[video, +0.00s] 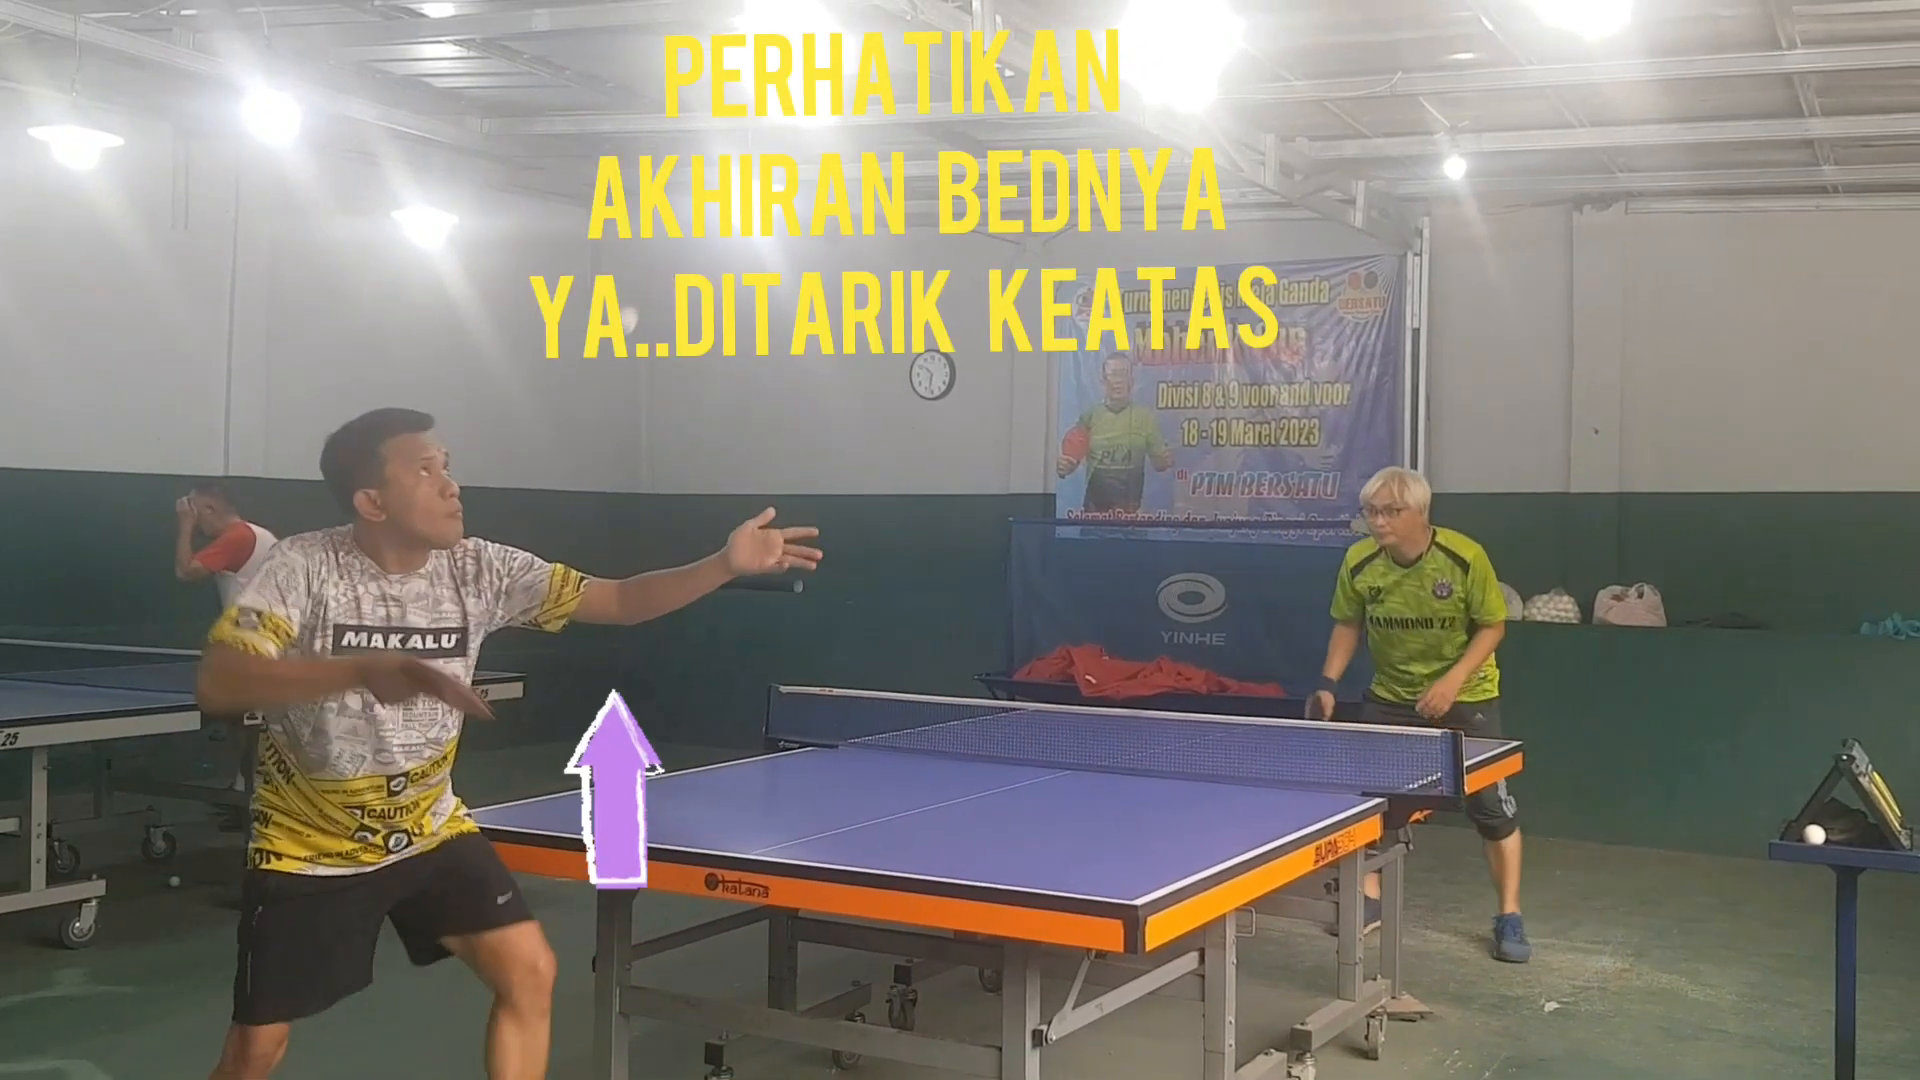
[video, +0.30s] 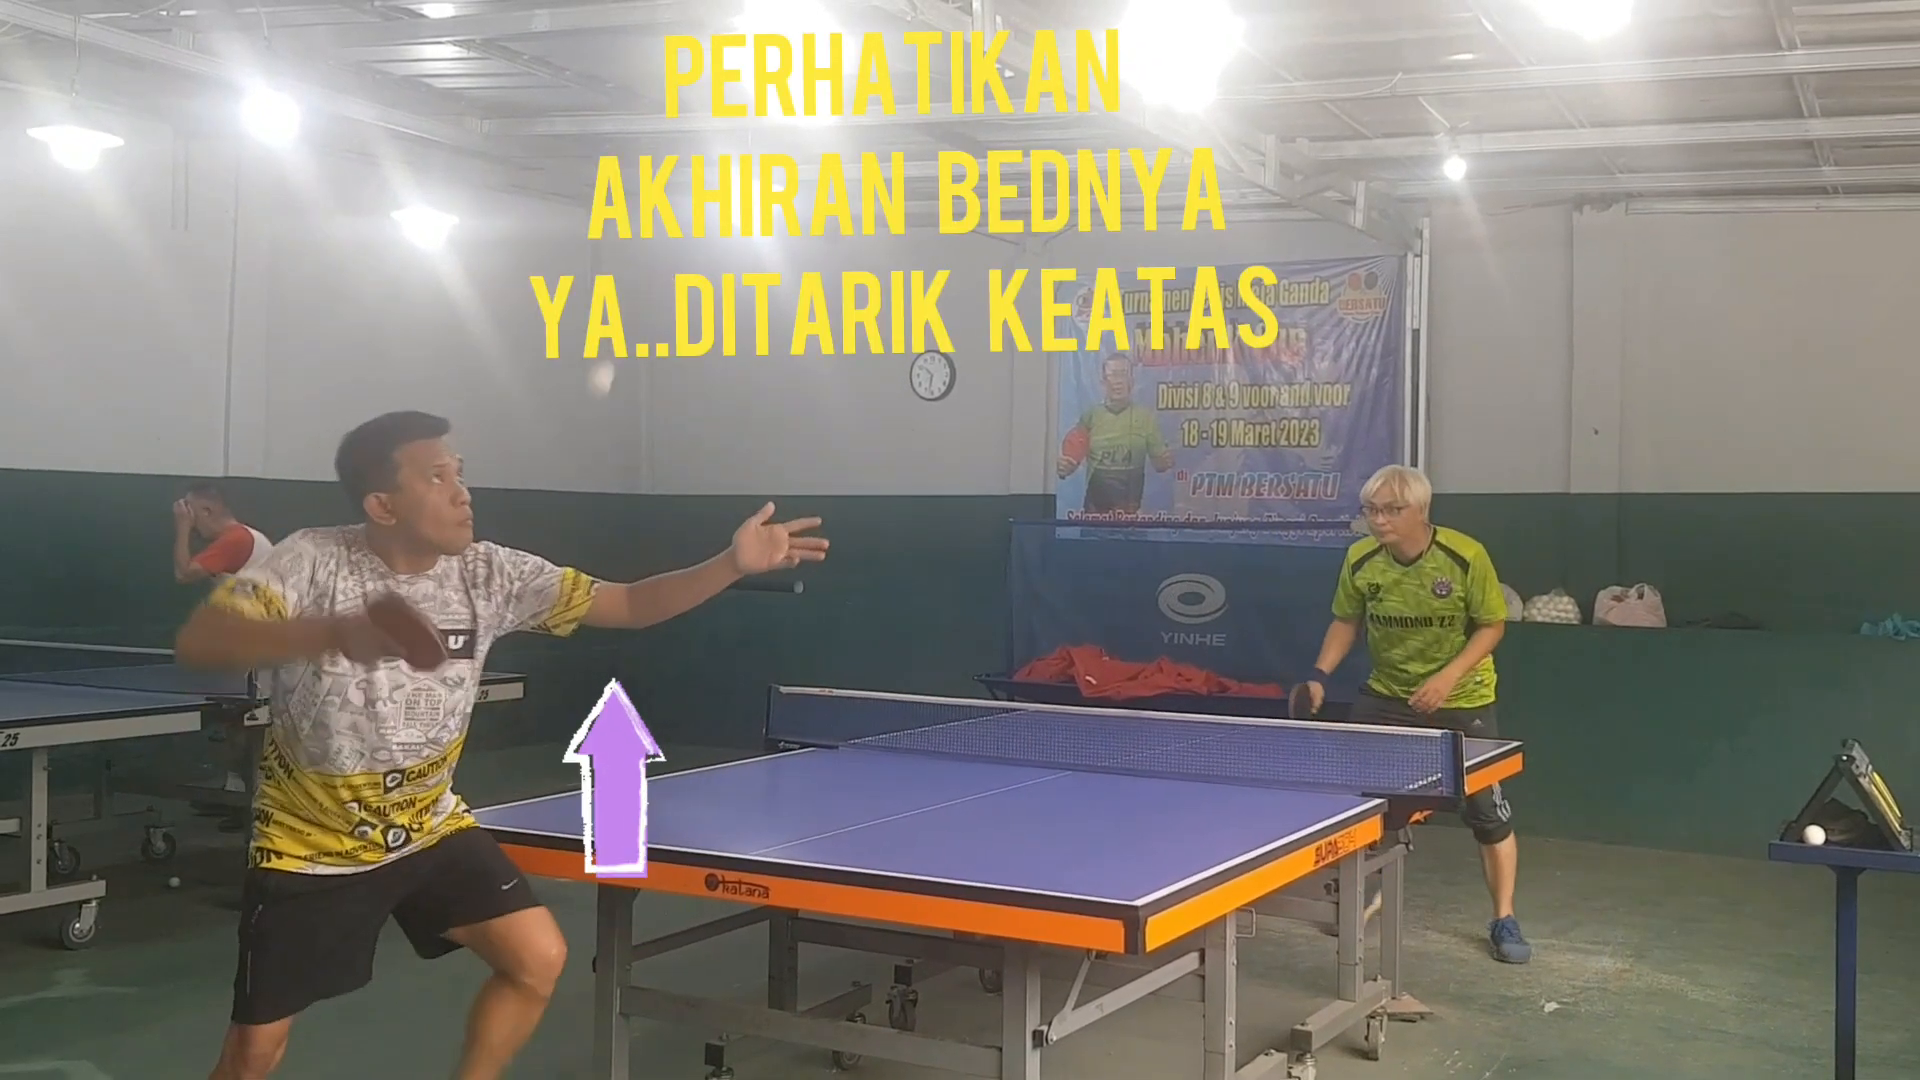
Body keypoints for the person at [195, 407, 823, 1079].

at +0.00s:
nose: (452, 481)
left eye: (448, 465)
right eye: (427, 469)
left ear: (444, 477)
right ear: (368, 500)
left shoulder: (480, 569)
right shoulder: (297, 569)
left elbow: (617, 601)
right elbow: (218, 683)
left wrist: (725, 564)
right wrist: (362, 670)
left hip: (429, 827)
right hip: (306, 841)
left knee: (529, 970)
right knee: (258, 1043)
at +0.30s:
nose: (462, 489)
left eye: (459, 472)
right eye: (439, 477)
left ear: (454, 490)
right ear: (380, 505)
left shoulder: (489, 573)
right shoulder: (305, 563)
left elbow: (622, 605)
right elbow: (195, 641)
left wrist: (732, 563)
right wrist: (338, 632)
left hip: (428, 820)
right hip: (308, 837)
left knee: (537, 959)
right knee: (254, 1047)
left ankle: (473, 1077)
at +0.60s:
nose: (487, 507)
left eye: (485, 489)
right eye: (467, 493)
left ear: (483, 501)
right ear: (403, 514)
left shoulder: (510, 581)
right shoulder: (327, 560)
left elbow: (642, 608)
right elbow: (192, 597)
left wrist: (742, 557)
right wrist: (320, 601)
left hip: (434, 828)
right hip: (316, 843)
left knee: (543, 961)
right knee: (257, 1050)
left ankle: (426, 1057)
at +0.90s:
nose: (503, 519)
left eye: (502, 501)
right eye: (483, 503)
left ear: (499, 510)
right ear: (419, 518)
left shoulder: (523, 586)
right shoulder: (348, 558)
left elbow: (658, 608)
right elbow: (196, 574)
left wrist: (746, 550)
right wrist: (329, 588)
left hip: (439, 831)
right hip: (321, 842)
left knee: (544, 965)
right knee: (259, 1050)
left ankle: (421, 1047)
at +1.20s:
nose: (537, 535)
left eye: (541, 516)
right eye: (518, 516)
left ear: (544, 522)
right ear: (459, 525)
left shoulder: (552, 596)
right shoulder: (389, 558)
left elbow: (682, 608)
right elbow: (246, 553)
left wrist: (737, 534)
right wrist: (371, 611)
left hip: (453, 839)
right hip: (337, 843)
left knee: (558, 979)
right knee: (265, 1049)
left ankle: (450, 1070)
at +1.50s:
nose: (592, 563)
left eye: (596, 547)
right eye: (579, 545)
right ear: (518, 543)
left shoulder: (578, 612)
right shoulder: (442, 563)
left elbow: (685, 623)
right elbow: (325, 580)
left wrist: (698, 527)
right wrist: (444, 671)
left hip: (471, 855)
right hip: (358, 854)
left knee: (569, 1020)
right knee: (275, 1057)